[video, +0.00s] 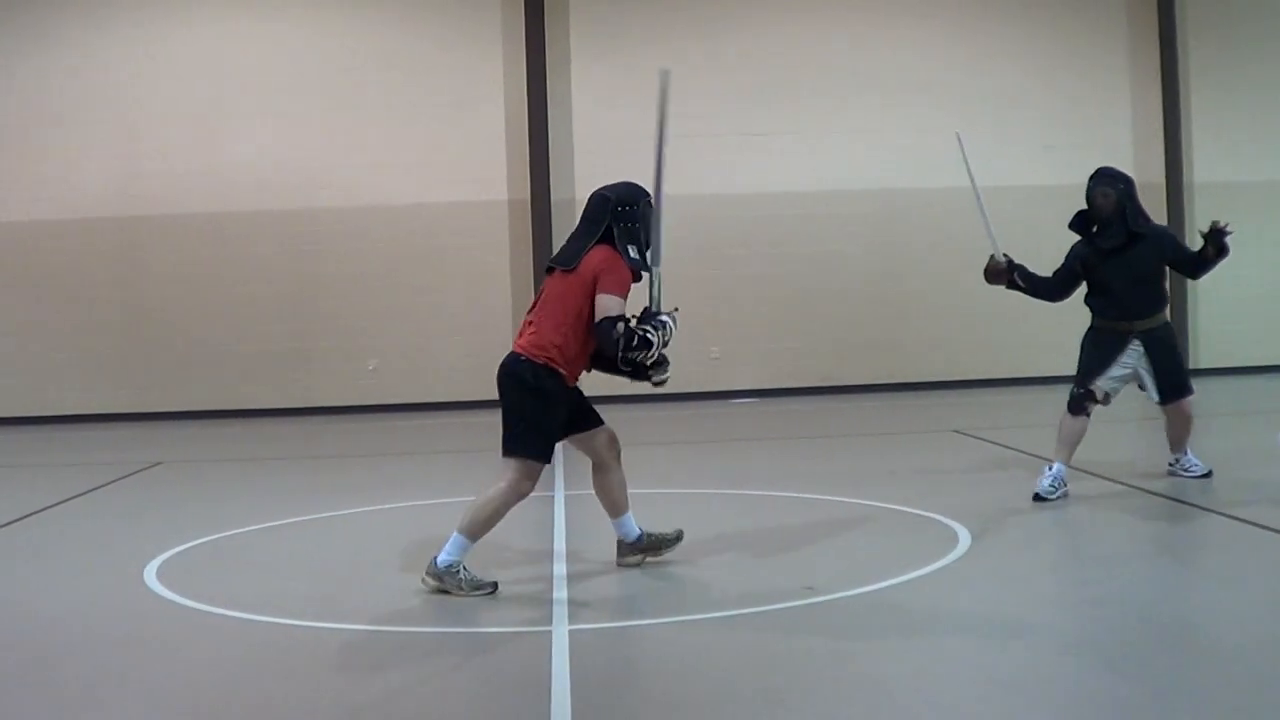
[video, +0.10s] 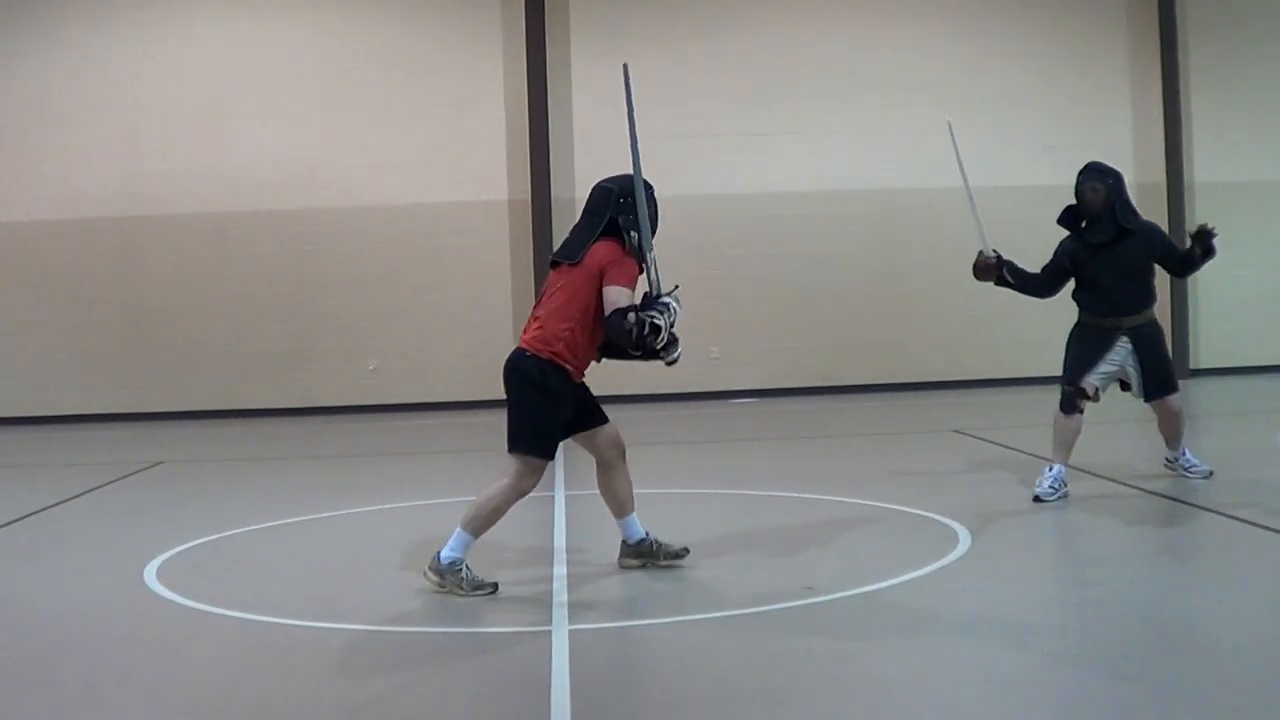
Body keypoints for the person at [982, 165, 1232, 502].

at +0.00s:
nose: (1096, 199)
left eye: (1103, 192)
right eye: (1092, 194)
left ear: (1123, 195)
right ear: (1088, 201)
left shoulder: (1154, 238)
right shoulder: (1086, 249)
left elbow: (1192, 268)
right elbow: (1056, 289)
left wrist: (1212, 249)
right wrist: (1013, 274)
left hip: (1155, 333)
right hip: (1106, 336)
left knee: (1179, 401)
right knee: (1080, 401)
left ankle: (1180, 458)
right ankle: (1056, 473)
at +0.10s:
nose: (1087, 196)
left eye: (1094, 189)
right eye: (1082, 191)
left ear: (1113, 192)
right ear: (1077, 198)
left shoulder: (1143, 234)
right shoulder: (1074, 245)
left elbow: (1179, 267)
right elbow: (1046, 285)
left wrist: (1199, 250)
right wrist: (1003, 271)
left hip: (1141, 329)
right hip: (1092, 332)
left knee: (1166, 400)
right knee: (1070, 400)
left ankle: (1176, 454)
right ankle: (1056, 473)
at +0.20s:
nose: (1078, 190)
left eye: (1085, 184)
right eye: (1073, 185)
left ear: (1103, 187)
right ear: (1067, 192)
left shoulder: (1133, 229)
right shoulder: (1064, 240)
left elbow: (1168, 264)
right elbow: (1036, 281)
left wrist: (1186, 253)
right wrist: (994, 267)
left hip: (1133, 325)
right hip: (1083, 328)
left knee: (1164, 399)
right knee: (1065, 400)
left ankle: (1158, 453)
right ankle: (1054, 473)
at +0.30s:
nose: (1068, 191)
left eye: (1075, 184)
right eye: (1064, 185)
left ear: (1094, 185)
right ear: (1059, 191)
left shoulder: (1125, 226)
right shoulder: (1056, 238)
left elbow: (1157, 257)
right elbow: (1028, 280)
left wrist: (1176, 257)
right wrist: (988, 265)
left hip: (1127, 320)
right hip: (1078, 325)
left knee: (1155, 396)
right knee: (1065, 397)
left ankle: (1127, 454)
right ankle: (1049, 473)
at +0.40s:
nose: (1064, 191)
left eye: (1071, 184)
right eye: (1059, 185)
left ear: (1089, 186)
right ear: (1052, 192)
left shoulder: (1119, 224)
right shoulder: (1050, 238)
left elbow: (1151, 251)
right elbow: (1023, 280)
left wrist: (1168, 266)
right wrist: (985, 266)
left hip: (1122, 323)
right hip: (1075, 326)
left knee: (1137, 394)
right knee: (1060, 396)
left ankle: (1108, 462)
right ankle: (1042, 473)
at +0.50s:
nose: (1065, 190)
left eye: (1072, 183)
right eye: (1059, 184)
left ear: (1090, 184)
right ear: (1054, 190)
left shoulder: (1121, 222)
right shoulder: (1053, 236)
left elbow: (1156, 251)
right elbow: (1027, 279)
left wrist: (1165, 286)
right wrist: (989, 266)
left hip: (1120, 322)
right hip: (1074, 324)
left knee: (1131, 396)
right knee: (1061, 396)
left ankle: (1104, 463)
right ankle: (1040, 472)